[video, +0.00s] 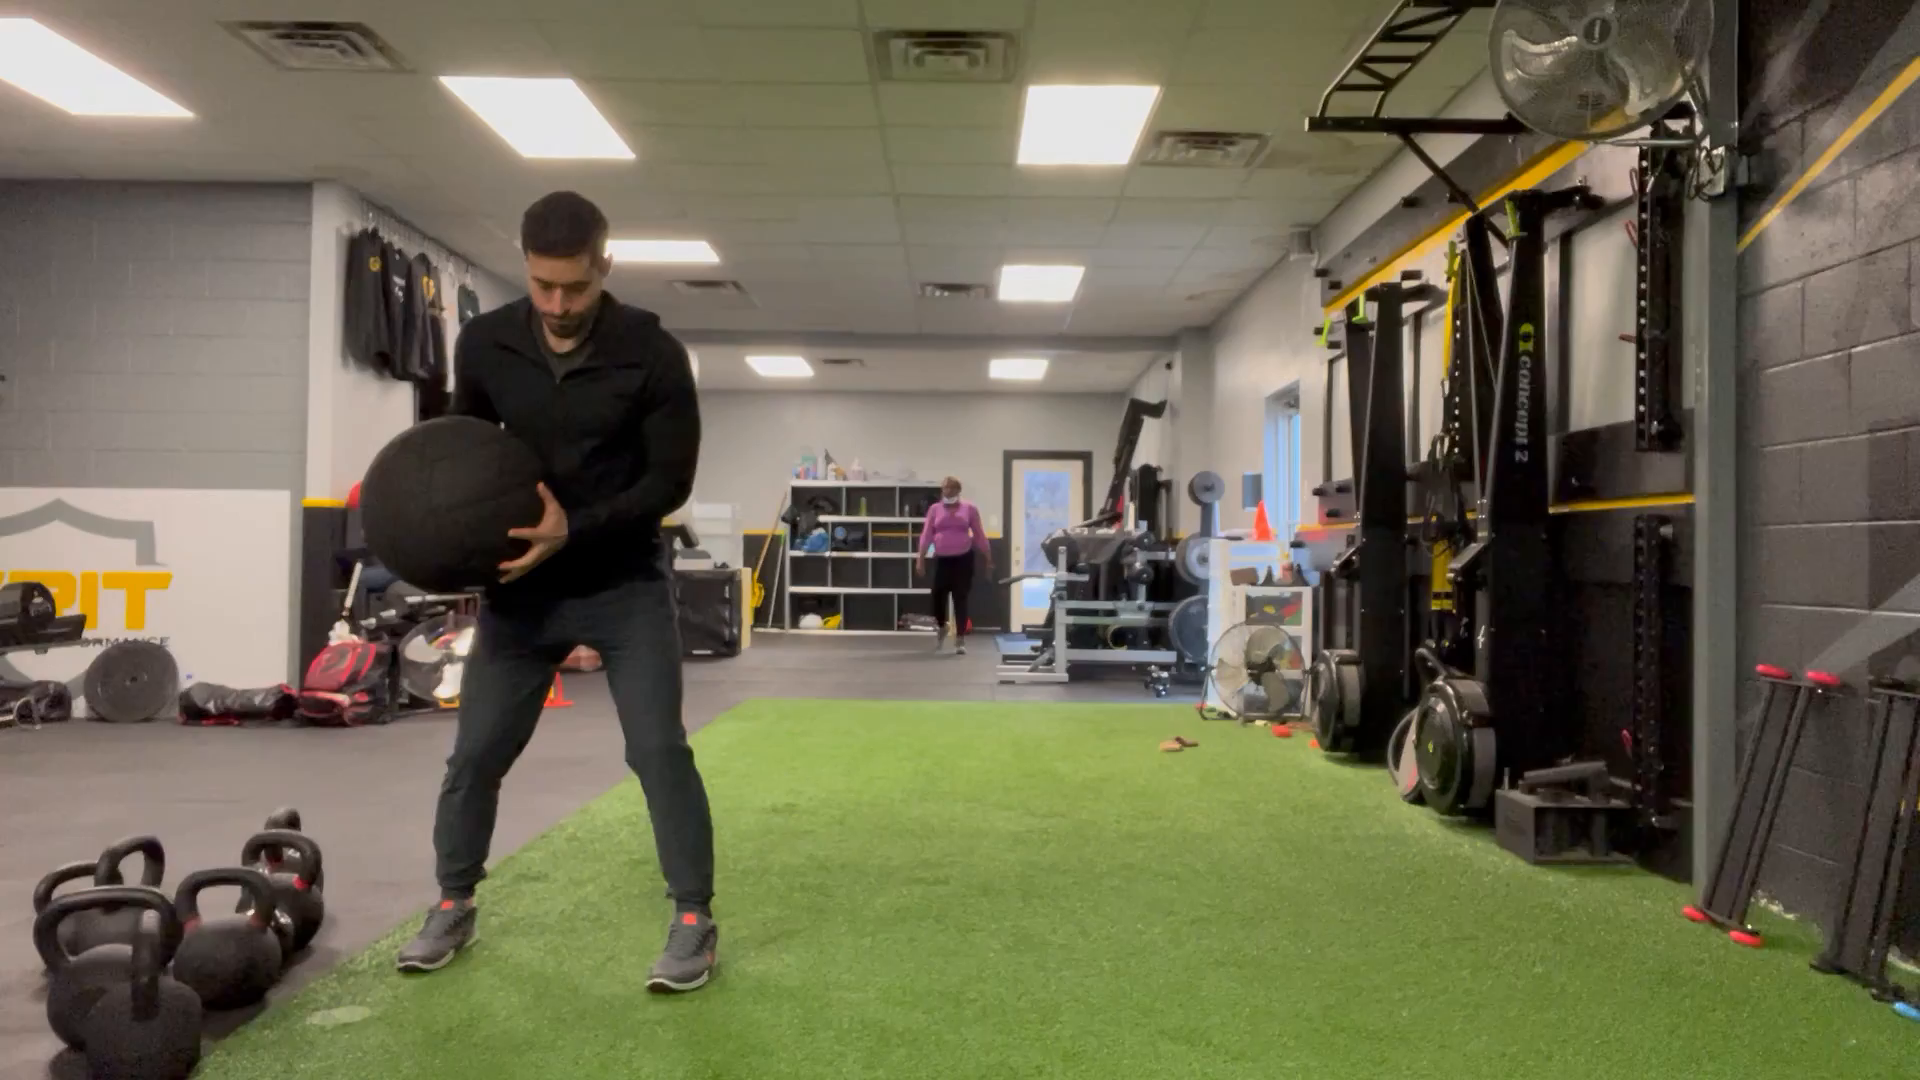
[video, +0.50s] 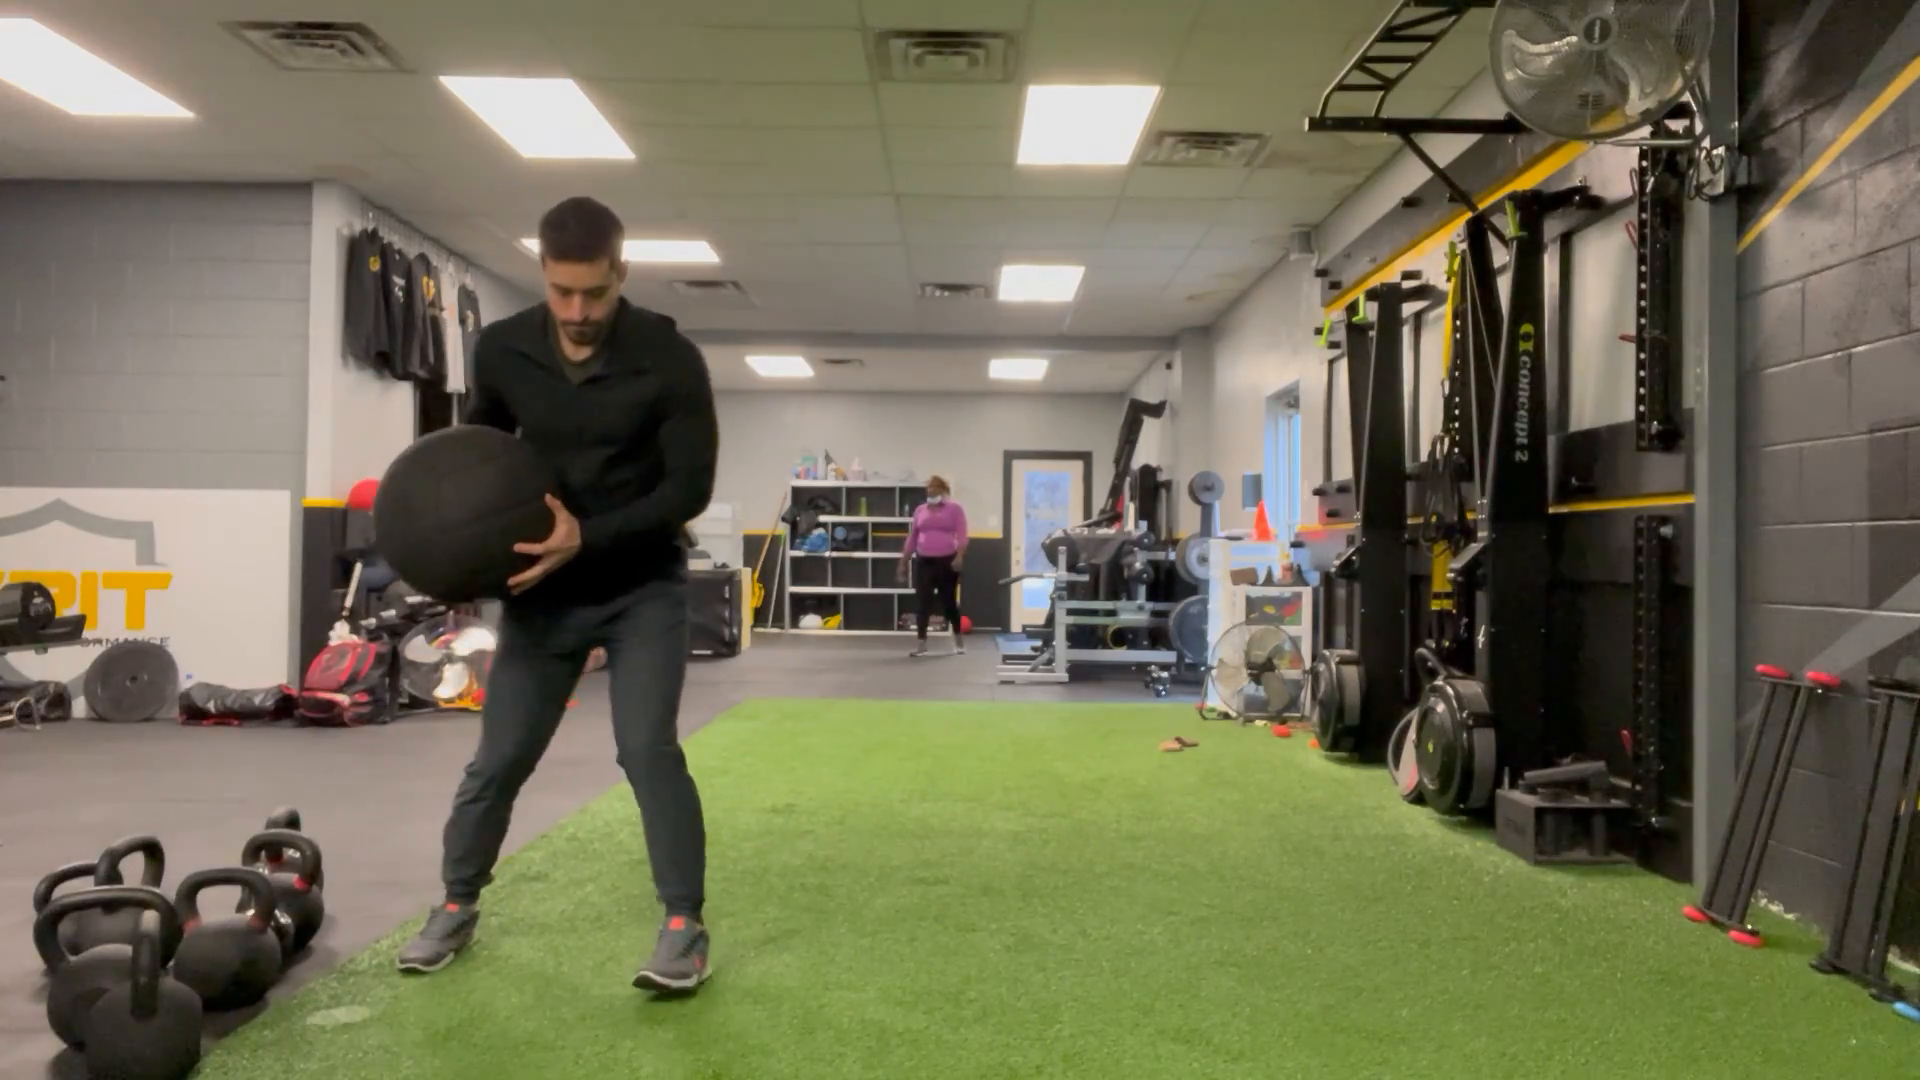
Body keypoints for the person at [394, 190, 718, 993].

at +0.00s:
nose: (558, 304)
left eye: (574, 287)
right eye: (544, 286)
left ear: (603, 269)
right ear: (524, 268)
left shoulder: (652, 350)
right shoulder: (485, 344)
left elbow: (672, 480)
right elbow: (463, 454)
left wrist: (574, 526)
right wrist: (457, 524)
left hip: (626, 583)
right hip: (521, 591)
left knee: (657, 745)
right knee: (473, 756)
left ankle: (692, 916)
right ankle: (451, 906)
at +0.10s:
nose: (549, 303)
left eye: (565, 286)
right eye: (534, 285)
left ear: (594, 267)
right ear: (513, 268)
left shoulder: (642, 348)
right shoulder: (476, 344)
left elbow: (668, 476)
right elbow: (449, 452)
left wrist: (571, 524)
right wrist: (445, 519)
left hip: (622, 583)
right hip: (517, 590)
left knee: (656, 745)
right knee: (474, 755)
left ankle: (692, 916)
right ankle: (451, 906)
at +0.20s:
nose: (543, 305)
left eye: (559, 287)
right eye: (528, 286)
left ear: (587, 268)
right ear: (506, 271)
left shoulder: (637, 352)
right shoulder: (468, 347)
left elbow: (662, 480)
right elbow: (442, 461)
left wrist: (567, 525)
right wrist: (442, 535)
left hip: (615, 589)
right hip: (508, 596)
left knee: (648, 747)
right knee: (470, 760)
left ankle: (690, 915)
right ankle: (450, 907)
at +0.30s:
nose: (543, 304)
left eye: (559, 287)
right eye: (529, 286)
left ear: (588, 269)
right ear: (507, 271)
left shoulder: (636, 351)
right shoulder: (468, 347)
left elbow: (663, 479)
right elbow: (442, 463)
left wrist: (568, 526)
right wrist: (443, 544)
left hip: (612, 588)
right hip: (505, 596)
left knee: (640, 743)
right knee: (471, 760)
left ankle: (684, 912)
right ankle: (450, 908)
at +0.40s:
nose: (556, 306)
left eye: (572, 289)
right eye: (541, 288)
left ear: (599, 274)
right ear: (519, 273)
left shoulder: (645, 351)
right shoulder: (478, 348)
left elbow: (671, 481)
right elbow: (447, 456)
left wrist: (575, 527)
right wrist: (445, 540)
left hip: (623, 584)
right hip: (519, 592)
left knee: (640, 741)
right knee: (482, 759)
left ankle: (680, 912)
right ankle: (451, 908)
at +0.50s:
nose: (578, 312)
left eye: (595, 293)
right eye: (562, 293)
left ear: (621, 276)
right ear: (541, 275)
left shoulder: (669, 356)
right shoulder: (500, 349)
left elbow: (690, 489)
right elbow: (479, 462)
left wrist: (588, 533)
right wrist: (463, 545)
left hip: (645, 584)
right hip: (544, 591)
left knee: (647, 746)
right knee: (498, 760)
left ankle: (683, 923)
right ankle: (455, 907)